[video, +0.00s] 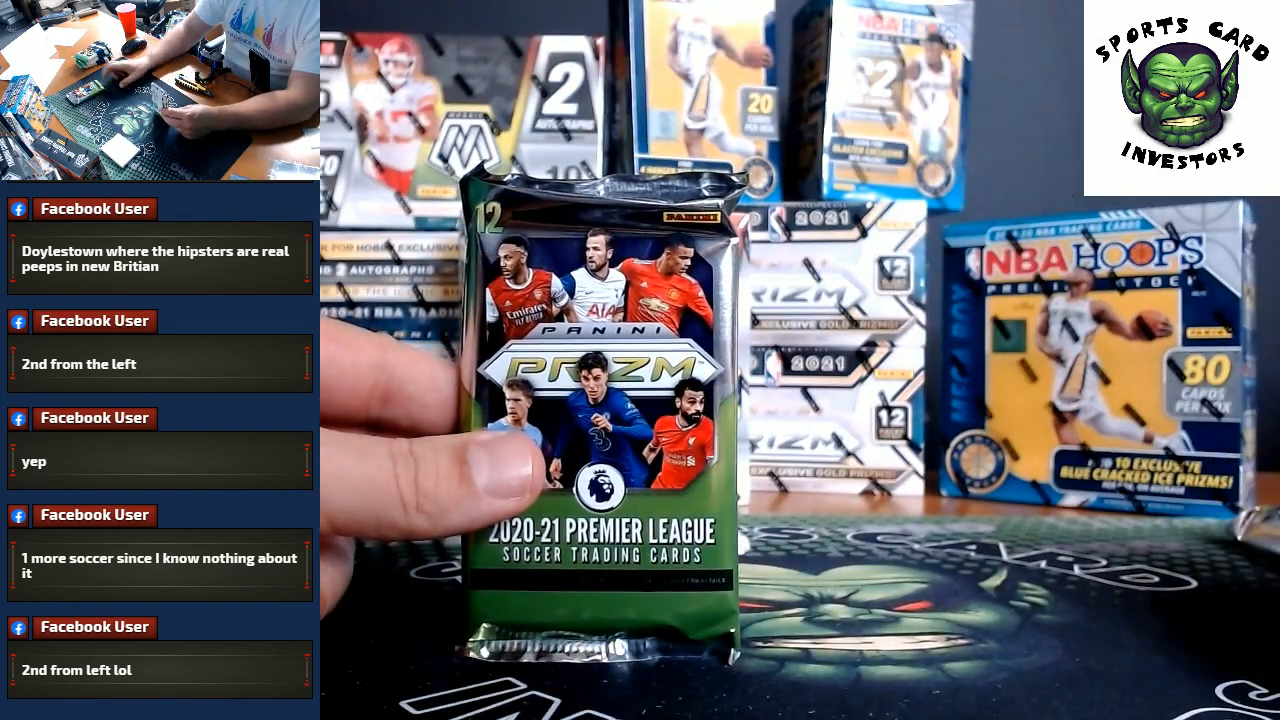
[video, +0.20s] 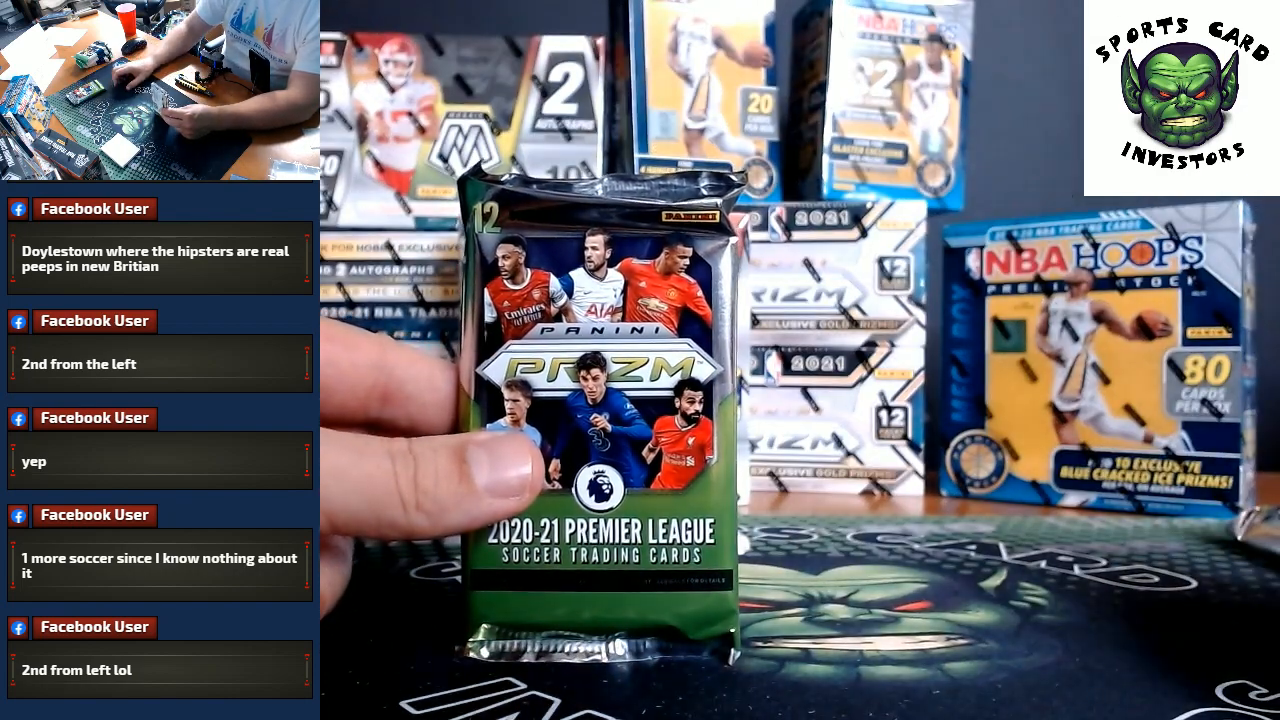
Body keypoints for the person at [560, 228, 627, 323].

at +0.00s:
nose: (590, 255)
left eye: (596, 249)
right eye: (588, 249)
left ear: (609, 253)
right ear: (585, 251)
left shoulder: (619, 279)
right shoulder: (573, 280)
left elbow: (619, 312)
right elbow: (550, 312)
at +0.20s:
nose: (588, 254)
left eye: (595, 249)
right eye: (586, 249)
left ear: (608, 253)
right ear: (584, 250)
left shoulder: (618, 279)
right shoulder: (572, 279)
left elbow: (617, 313)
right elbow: (547, 313)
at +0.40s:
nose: (585, 253)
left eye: (591, 248)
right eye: (583, 248)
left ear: (605, 252)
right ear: (580, 250)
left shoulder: (615, 278)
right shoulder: (569, 279)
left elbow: (615, 312)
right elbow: (545, 312)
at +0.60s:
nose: (586, 253)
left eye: (592, 248)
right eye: (584, 248)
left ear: (605, 252)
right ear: (581, 250)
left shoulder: (616, 278)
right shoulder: (570, 279)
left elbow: (615, 312)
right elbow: (545, 312)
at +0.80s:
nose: (584, 253)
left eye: (590, 248)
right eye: (582, 248)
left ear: (604, 252)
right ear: (580, 249)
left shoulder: (615, 278)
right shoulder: (568, 279)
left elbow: (614, 312)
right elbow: (544, 313)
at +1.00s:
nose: (584, 253)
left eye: (590, 248)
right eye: (582, 248)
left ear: (604, 252)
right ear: (580, 249)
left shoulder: (615, 278)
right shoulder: (568, 279)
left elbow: (614, 312)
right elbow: (543, 313)